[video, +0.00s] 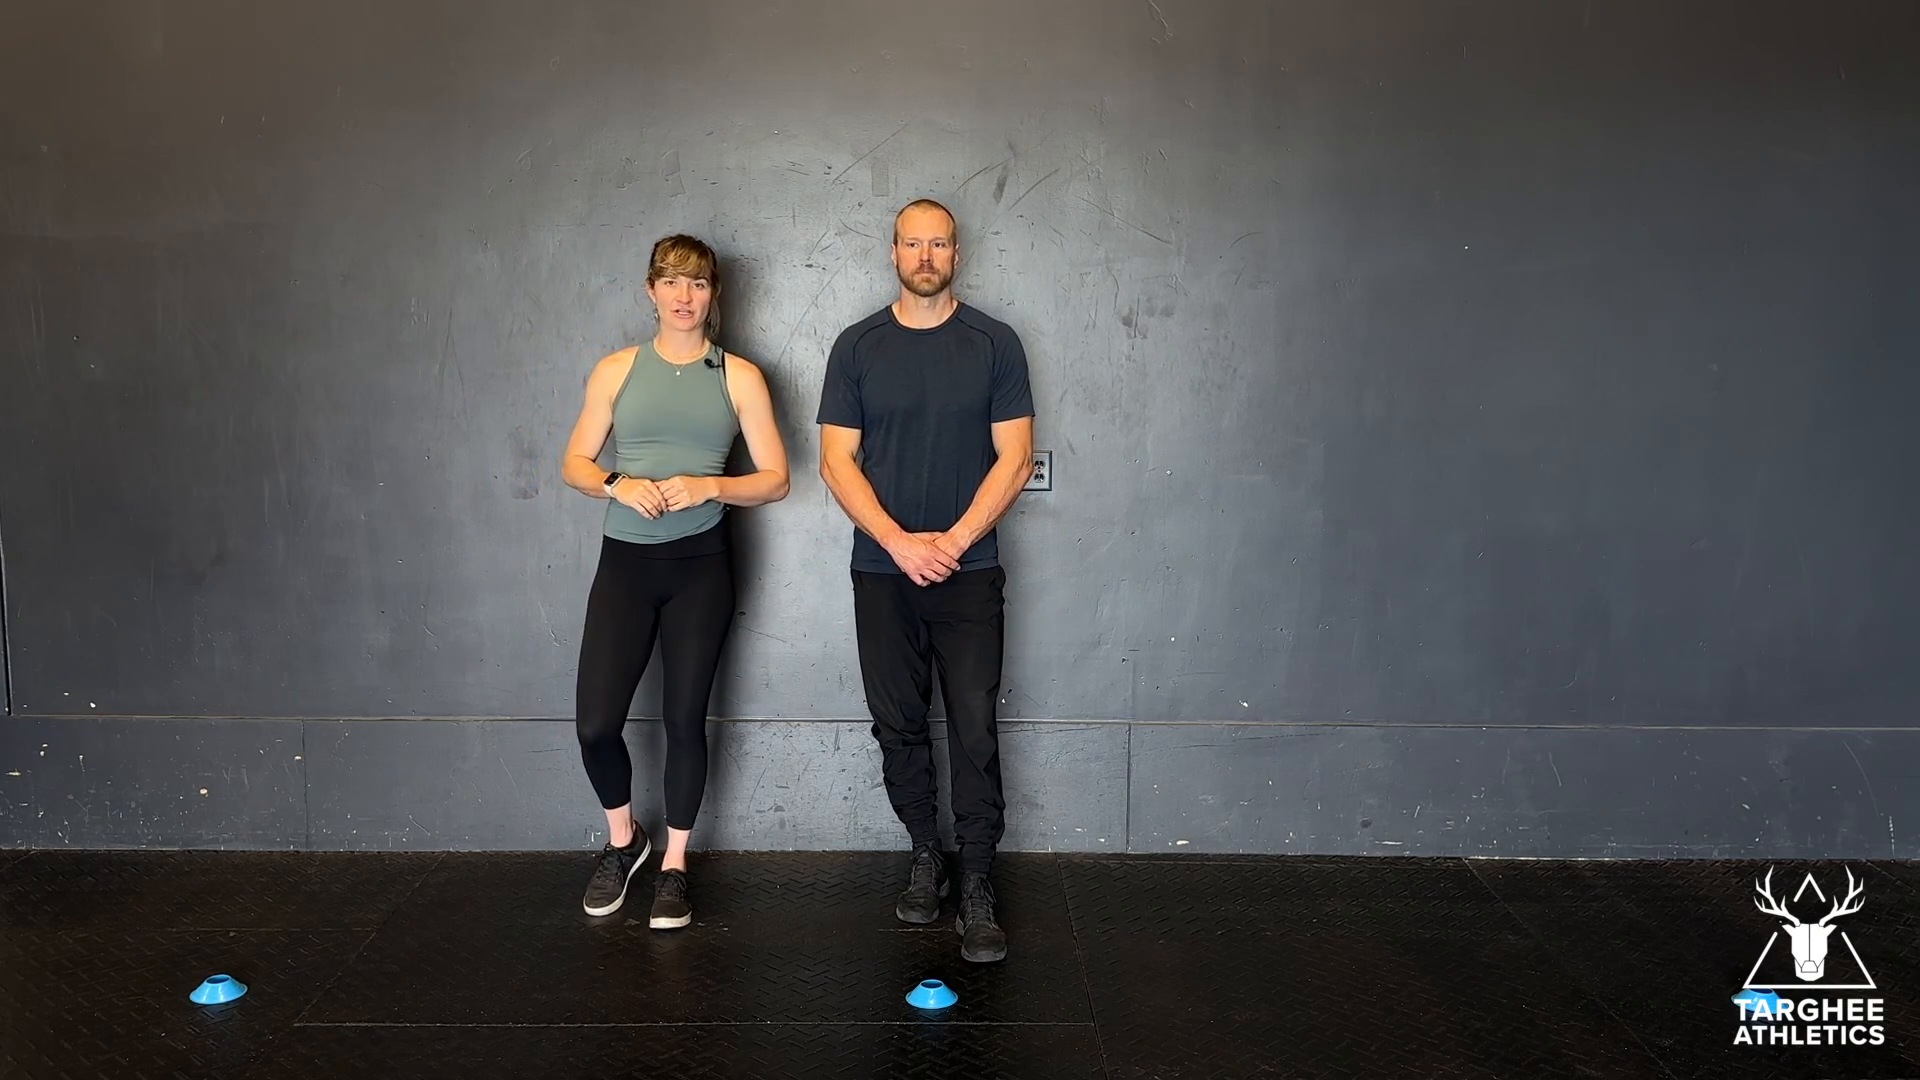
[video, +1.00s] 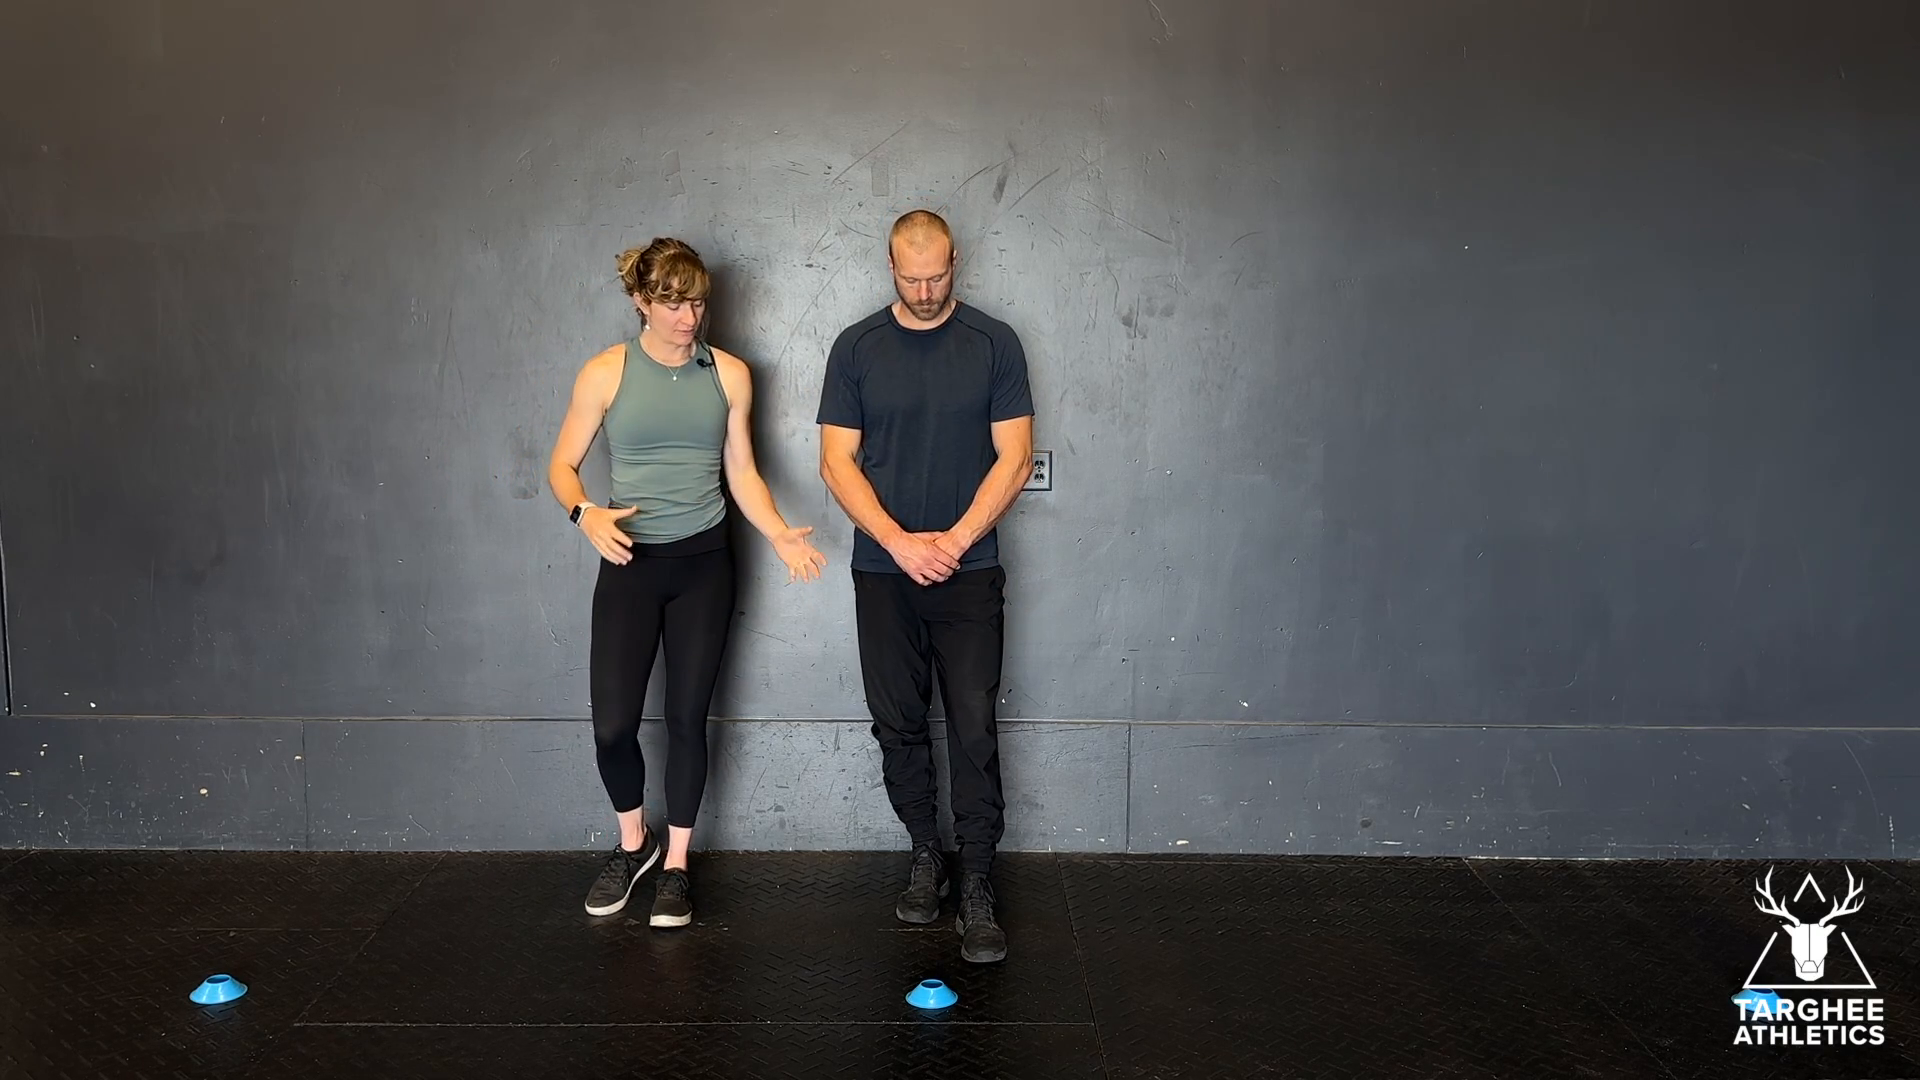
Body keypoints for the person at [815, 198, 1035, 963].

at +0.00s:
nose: (926, 255)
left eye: (938, 243)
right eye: (913, 243)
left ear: (956, 254)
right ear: (894, 253)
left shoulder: (994, 343)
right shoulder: (856, 347)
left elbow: (1016, 460)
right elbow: (836, 462)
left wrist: (952, 542)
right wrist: (896, 540)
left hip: (968, 570)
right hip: (883, 570)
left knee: (974, 732)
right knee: (900, 727)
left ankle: (978, 887)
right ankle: (928, 859)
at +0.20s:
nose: (923, 256)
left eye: (936, 244)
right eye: (911, 244)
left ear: (954, 255)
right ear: (892, 254)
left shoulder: (993, 343)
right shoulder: (855, 347)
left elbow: (1016, 459)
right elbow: (836, 463)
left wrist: (951, 542)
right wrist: (895, 540)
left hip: (968, 569)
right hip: (883, 569)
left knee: (974, 731)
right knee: (900, 727)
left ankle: (978, 884)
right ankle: (929, 859)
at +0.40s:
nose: (923, 255)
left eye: (936, 244)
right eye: (910, 243)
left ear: (953, 255)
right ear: (891, 253)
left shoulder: (992, 342)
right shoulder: (855, 347)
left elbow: (1016, 460)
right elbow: (835, 462)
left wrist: (950, 542)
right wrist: (894, 539)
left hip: (968, 568)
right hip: (883, 568)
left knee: (974, 729)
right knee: (899, 726)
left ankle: (977, 883)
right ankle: (930, 858)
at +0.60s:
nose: (925, 260)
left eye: (937, 248)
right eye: (912, 248)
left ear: (954, 255)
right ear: (892, 255)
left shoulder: (992, 342)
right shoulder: (855, 347)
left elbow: (1015, 459)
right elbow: (835, 462)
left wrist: (950, 542)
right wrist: (894, 539)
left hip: (967, 568)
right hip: (882, 568)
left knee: (973, 730)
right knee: (899, 726)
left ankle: (978, 884)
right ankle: (930, 857)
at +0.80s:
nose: (923, 283)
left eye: (935, 270)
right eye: (910, 272)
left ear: (953, 262)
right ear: (891, 265)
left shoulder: (993, 343)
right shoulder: (856, 347)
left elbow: (1015, 462)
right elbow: (835, 462)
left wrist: (951, 541)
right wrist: (896, 537)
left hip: (967, 570)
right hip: (884, 570)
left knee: (974, 728)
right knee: (898, 724)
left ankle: (977, 881)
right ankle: (929, 857)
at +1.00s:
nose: (925, 289)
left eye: (936, 276)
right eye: (911, 278)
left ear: (953, 265)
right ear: (892, 269)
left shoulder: (993, 343)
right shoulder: (856, 347)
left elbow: (1015, 462)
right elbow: (836, 465)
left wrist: (953, 541)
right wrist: (897, 540)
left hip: (968, 570)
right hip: (885, 571)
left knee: (974, 728)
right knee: (900, 726)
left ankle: (977, 882)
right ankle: (929, 857)